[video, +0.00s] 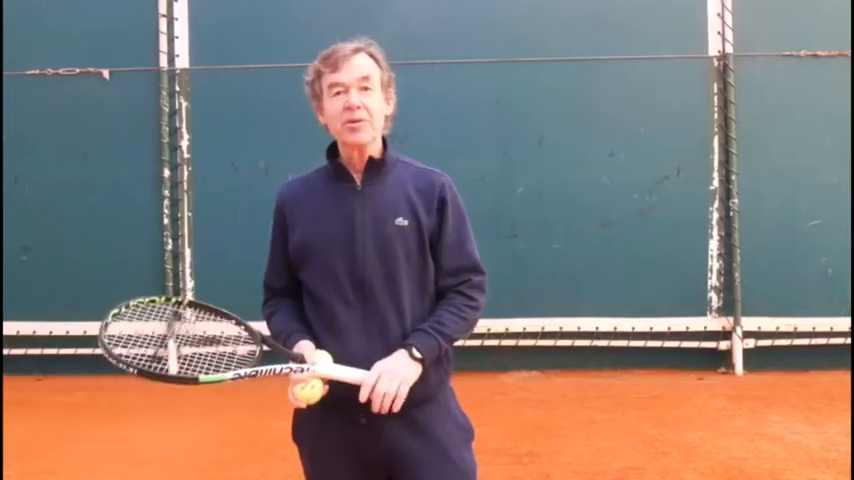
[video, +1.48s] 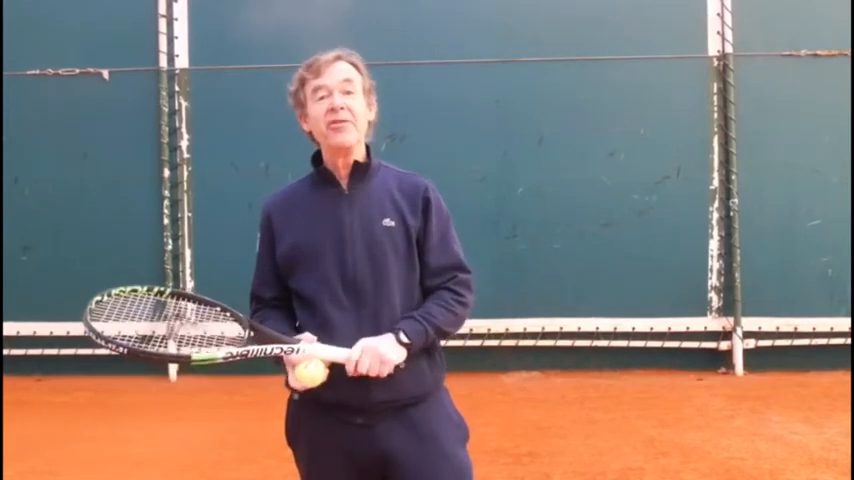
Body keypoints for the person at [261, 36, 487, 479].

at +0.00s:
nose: (353, 102)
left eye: (365, 88)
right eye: (338, 91)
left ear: (389, 103)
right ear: (321, 111)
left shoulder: (432, 190)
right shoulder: (294, 200)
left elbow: (467, 290)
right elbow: (279, 297)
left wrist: (412, 355)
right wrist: (300, 344)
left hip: (424, 421)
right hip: (330, 425)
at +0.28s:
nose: (349, 104)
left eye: (361, 90)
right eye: (334, 94)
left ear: (384, 104)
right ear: (317, 113)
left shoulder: (428, 191)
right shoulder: (290, 202)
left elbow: (463, 291)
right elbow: (275, 296)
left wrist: (406, 355)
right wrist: (294, 345)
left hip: (422, 420)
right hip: (328, 425)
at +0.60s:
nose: (347, 104)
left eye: (359, 90)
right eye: (331, 95)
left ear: (381, 103)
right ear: (314, 115)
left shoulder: (428, 192)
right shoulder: (290, 203)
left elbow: (463, 287)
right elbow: (276, 295)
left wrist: (438, 344)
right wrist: (259, 346)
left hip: (420, 418)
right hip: (326, 424)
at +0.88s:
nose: (350, 103)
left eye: (362, 90)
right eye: (336, 95)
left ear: (384, 106)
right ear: (319, 117)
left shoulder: (427, 198)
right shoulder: (290, 206)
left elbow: (463, 295)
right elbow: (273, 300)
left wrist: (403, 338)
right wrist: (281, 342)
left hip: (417, 420)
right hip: (324, 422)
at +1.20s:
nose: (345, 102)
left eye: (357, 91)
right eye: (330, 95)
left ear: (380, 109)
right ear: (315, 120)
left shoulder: (423, 199)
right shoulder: (287, 209)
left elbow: (460, 295)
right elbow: (269, 306)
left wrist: (404, 339)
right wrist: (295, 344)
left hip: (415, 422)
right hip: (321, 427)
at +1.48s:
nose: (336, 102)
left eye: (348, 90)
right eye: (321, 95)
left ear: (370, 107)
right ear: (306, 120)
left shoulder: (416, 195)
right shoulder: (281, 211)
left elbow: (455, 289)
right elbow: (267, 307)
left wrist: (399, 339)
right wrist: (294, 346)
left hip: (417, 418)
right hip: (325, 424)